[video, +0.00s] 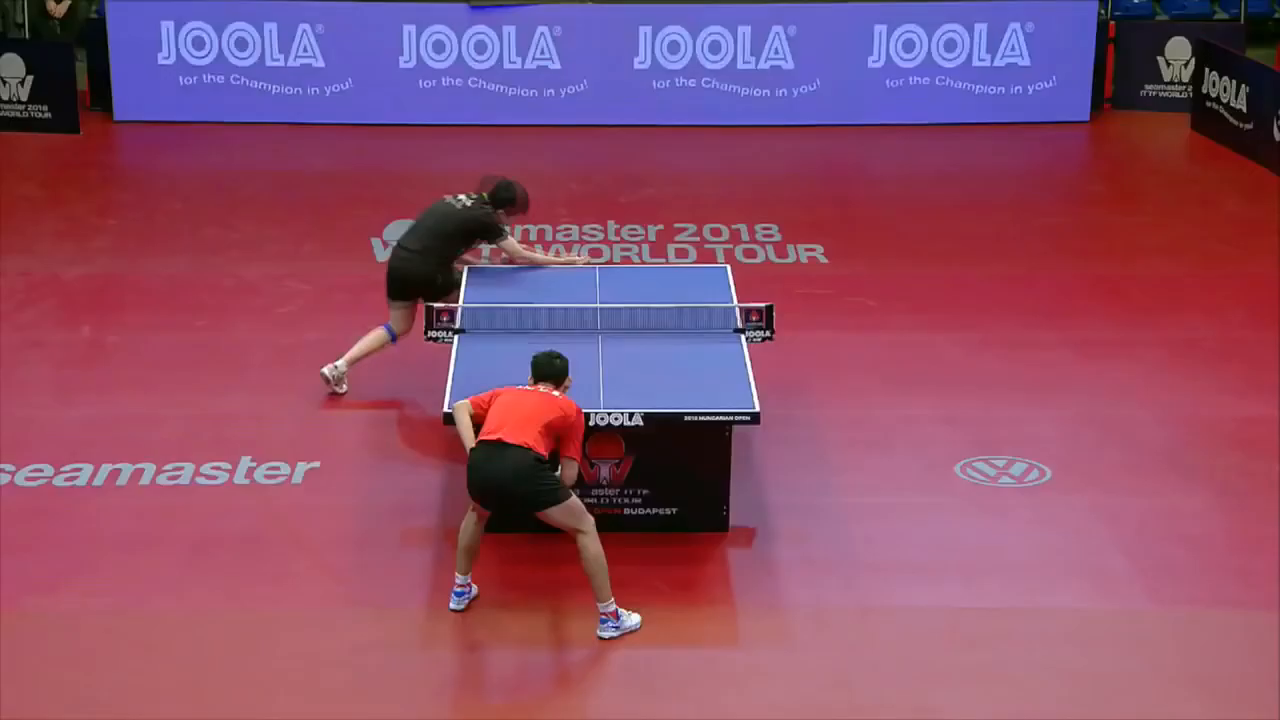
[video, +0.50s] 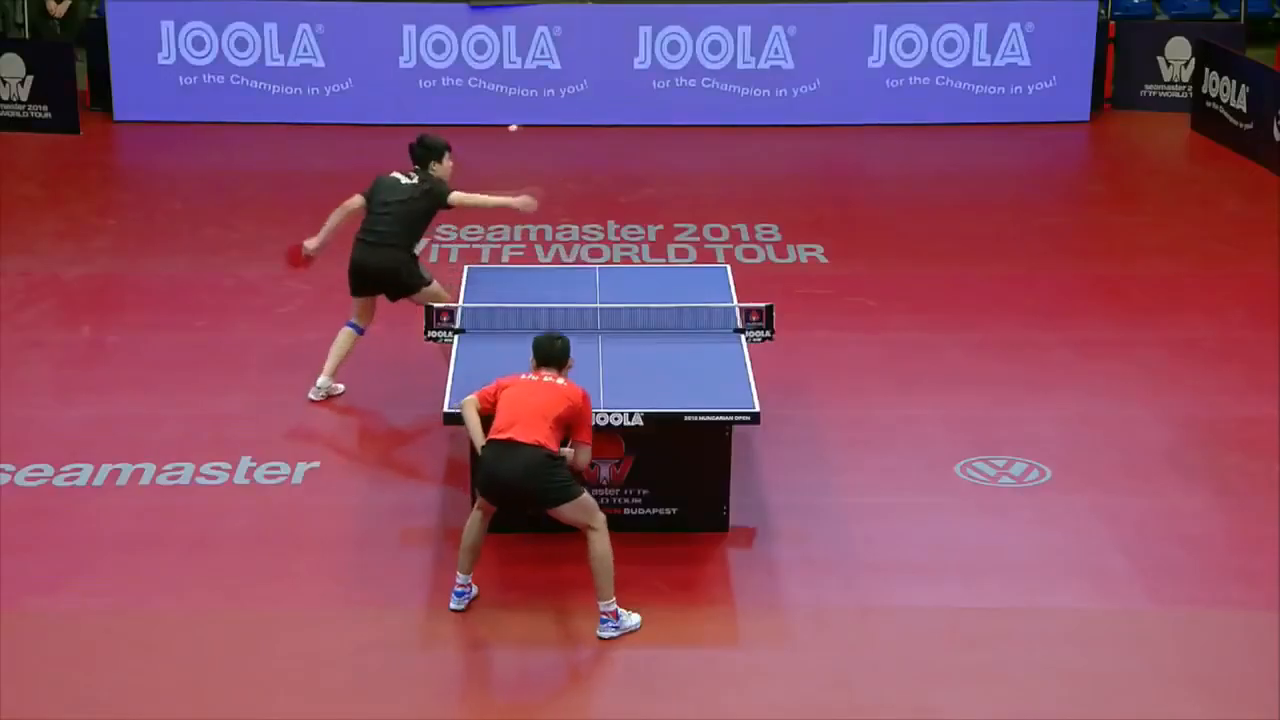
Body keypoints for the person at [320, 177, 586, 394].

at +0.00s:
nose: (514, 218)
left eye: (516, 214)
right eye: (515, 213)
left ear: (490, 194)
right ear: (504, 207)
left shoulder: (458, 200)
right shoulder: (488, 219)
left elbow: (439, 242)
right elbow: (521, 255)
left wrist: (472, 261)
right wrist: (565, 260)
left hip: (399, 265)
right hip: (431, 273)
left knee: (397, 326)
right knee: (481, 297)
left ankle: (340, 366)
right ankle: (479, 373)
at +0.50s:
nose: (452, 166)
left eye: (450, 159)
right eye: (448, 160)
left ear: (420, 164)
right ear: (434, 164)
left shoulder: (384, 181)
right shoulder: (434, 188)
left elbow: (347, 207)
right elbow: (467, 199)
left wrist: (318, 240)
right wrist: (513, 201)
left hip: (361, 262)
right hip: (396, 265)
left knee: (359, 319)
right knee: (448, 306)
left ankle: (324, 380)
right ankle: (466, 375)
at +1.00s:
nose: (502, 219)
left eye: (506, 213)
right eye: (502, 212)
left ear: (490, 198)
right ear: (489, 202)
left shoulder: (474, 192)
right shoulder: (462, 225)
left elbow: (484, 176)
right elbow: (421, 241)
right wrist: (405, 281)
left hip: (400, 257)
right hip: (417, 269)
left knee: (406, 320)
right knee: (456, 316)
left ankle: (345, 350)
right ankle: (434, 391)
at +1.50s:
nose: (533, 156)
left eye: (538, 150)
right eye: (527, 150)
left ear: (544, 151)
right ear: (515, 150)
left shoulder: (553, 176)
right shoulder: (498, 172)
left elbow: (589, 198)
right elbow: (470, 189)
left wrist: (590, 208)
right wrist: (464, 223)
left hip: (536, 242)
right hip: (496, 242)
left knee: (576, 272)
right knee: (465, 294)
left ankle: (584, 343)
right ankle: (432, 356)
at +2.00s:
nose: (536, 145)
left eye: (541, 140)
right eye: (532, 139)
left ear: (550, 138)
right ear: (523, 135)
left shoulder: (558, 155)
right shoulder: (512, 146)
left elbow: (575, 183)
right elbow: (501, 154)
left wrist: (574, 186)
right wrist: (485, 181)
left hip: (553, 214)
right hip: (516, 211)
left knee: (594, 264)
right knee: (473, 260)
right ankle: (437, 322)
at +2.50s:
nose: (544, 169)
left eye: (550, 164)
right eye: (541, 163)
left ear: (560, 164)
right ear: (534, 160)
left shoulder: (575, 181)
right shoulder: (520, 176)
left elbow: (608, 208)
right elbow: (494, 202)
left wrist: (584, 235)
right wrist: (507, 225)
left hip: (565, 232)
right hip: (527, 230)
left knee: (610, 267)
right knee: (485, 263)